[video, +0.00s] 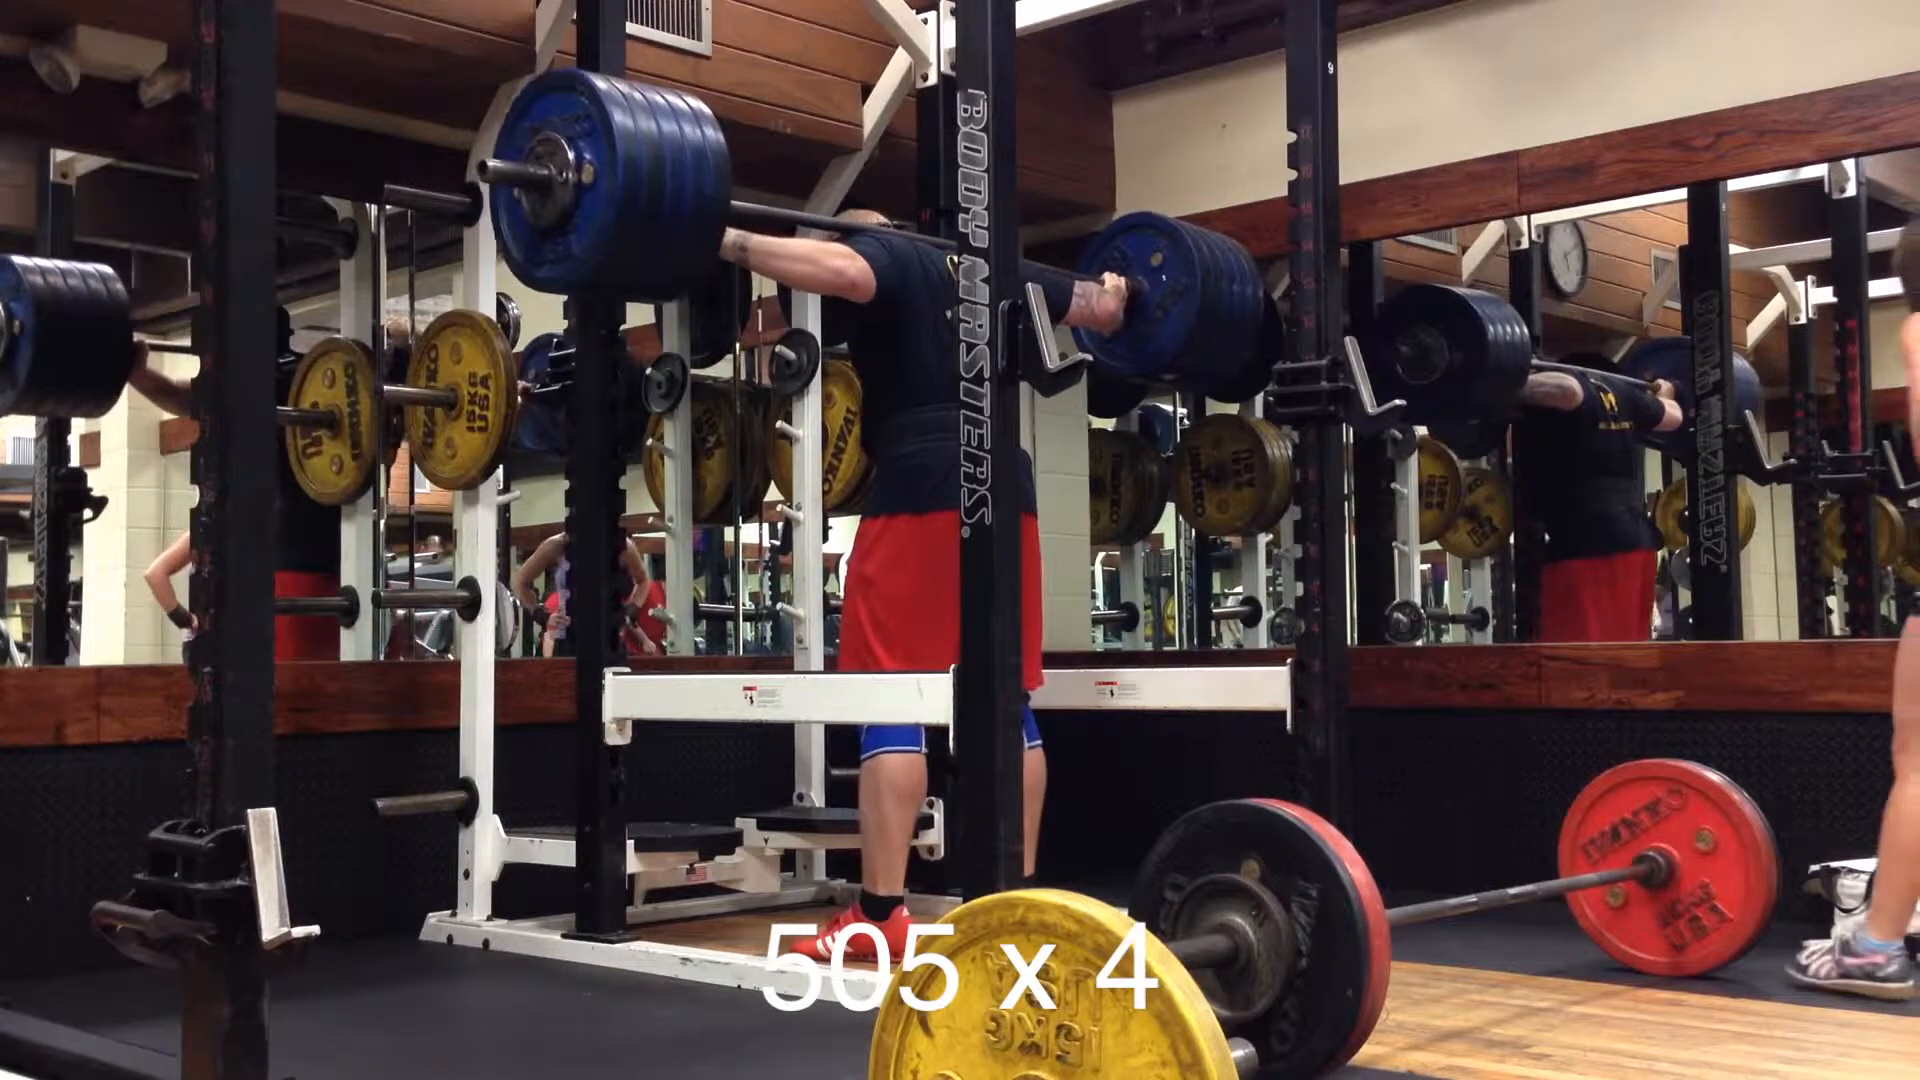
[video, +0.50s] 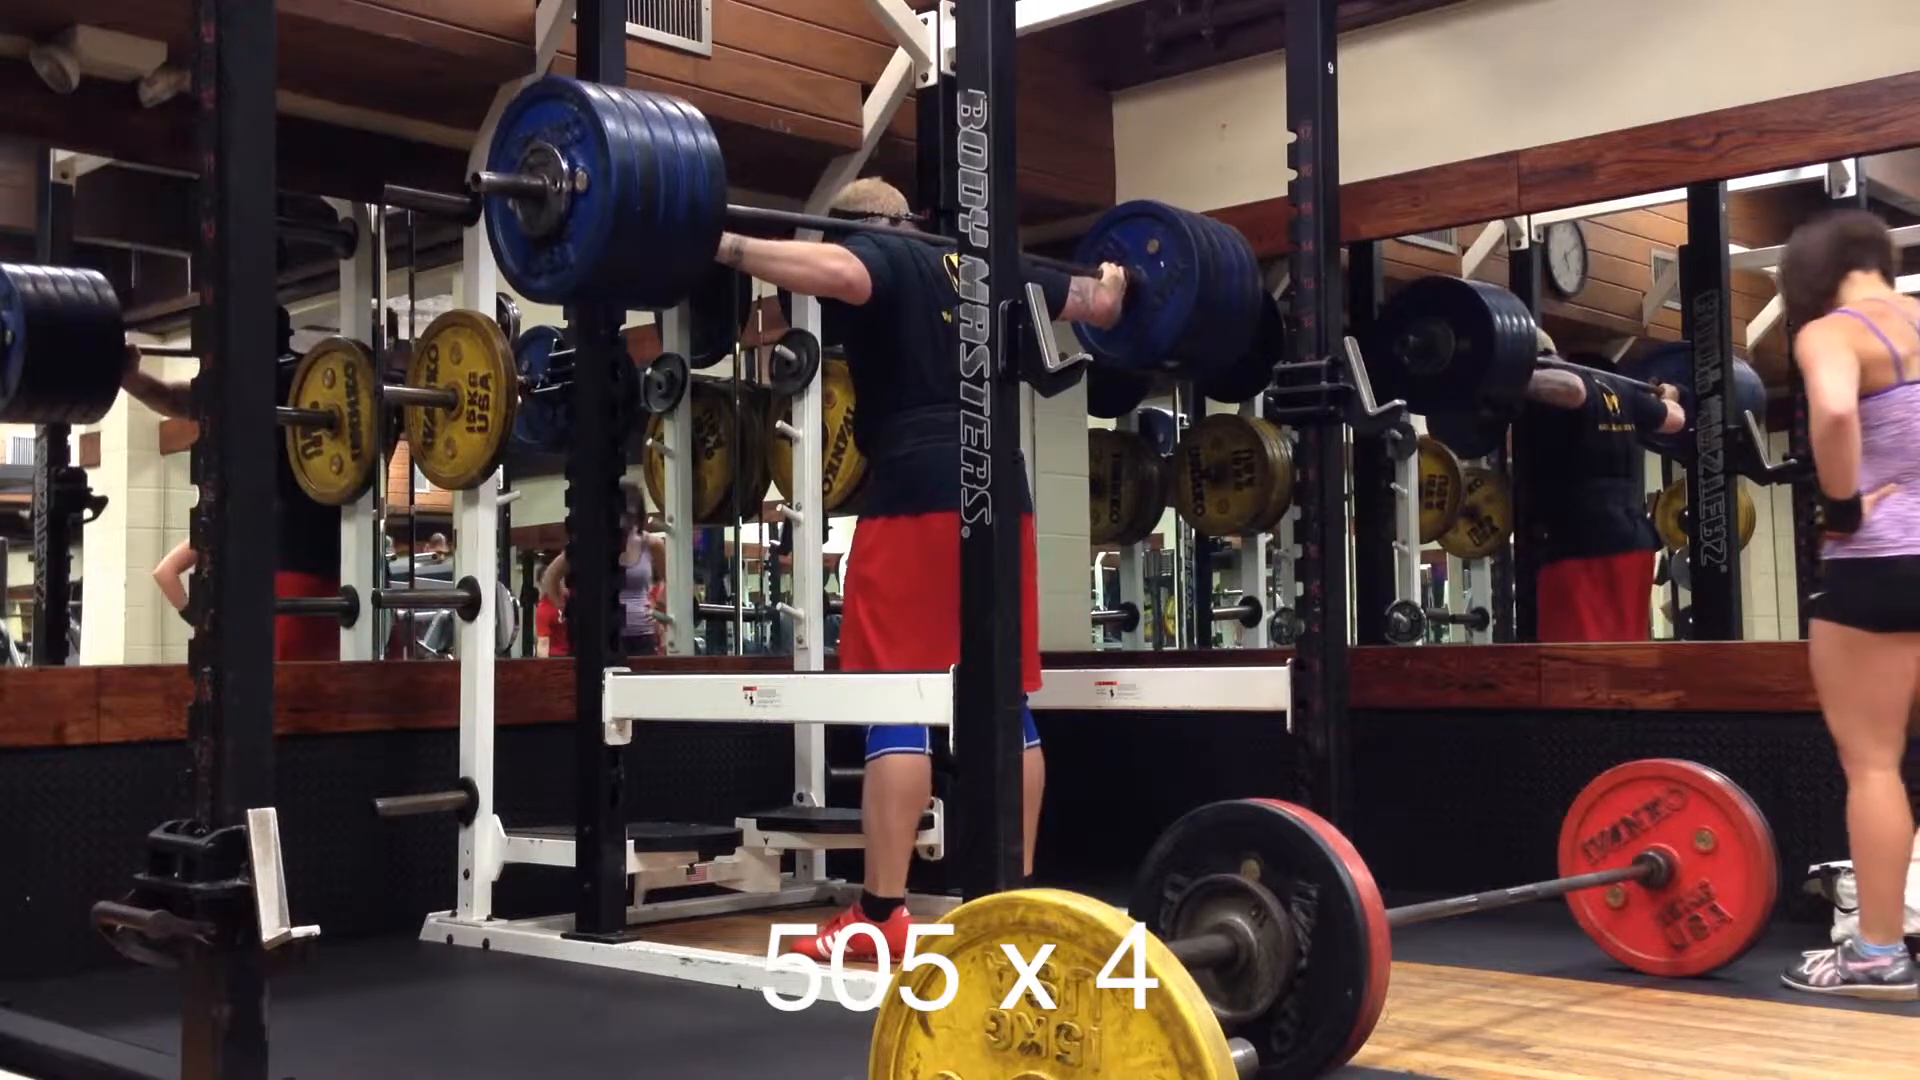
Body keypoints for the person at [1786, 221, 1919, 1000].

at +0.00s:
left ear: (1909, 280)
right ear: (1910, 282)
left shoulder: (1914, 330)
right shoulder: (1912, 331)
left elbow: (1913, 439)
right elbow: (1912, 441)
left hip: (1919, 603)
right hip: (1914, 601)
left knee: (1911, 761)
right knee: (1908, 757)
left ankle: (1880, 940)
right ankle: (1886, 933)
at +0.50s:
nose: (1792, 289)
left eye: (1794, 275)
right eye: (1790, 276)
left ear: (1813, 271)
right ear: (1880, 264)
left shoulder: (1828, 333)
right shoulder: (1911, 313)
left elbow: (1836, 413)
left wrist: (1843, 509)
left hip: (1878, 561)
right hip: (1903, 557)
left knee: (1872, 761)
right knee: (1879, 756)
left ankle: (1879, 947)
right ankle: (1886, 934)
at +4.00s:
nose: (1762, 284)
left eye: (1768, 267)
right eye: (1761, 268)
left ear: (1803, 265)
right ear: (1843, 264)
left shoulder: (1828, 342)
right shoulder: (1878, 340)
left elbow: (1881, 431)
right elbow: (1906, 448)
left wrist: (1839, 521)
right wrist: (1893, 522)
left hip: (1839, 574)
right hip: (1885, 569)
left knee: (1855, 758)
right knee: (1887, 750)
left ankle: (1883, 942)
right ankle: (1901, 927)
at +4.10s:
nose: (1762, 284)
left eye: (1767, 267)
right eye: (1761, 268)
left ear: (1802, 265)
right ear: (1842, 263)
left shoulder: (1827, 342)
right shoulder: (1878, 340)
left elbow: (1881, 431)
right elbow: (1906, 446)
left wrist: (1839, 521)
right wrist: (1893, 521)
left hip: (1839, 573)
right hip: (1885, 569)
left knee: (1854, 758)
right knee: (1887, 750)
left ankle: (1883, 942)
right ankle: (1901, 927)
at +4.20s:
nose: (1761, 283)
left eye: (1767, 267)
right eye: (1760, 267)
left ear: (1802, 264)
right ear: (1841, 263)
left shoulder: (1827, 342)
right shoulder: (1876, 340)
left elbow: (1879, 431)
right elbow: (1907, 448)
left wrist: (1839, 520)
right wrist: (1889, 519)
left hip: (1838, 573)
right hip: (1885, 568)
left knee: (1854, 757)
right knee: (1887, 750)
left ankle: (1883, 943)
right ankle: (1904, 927)